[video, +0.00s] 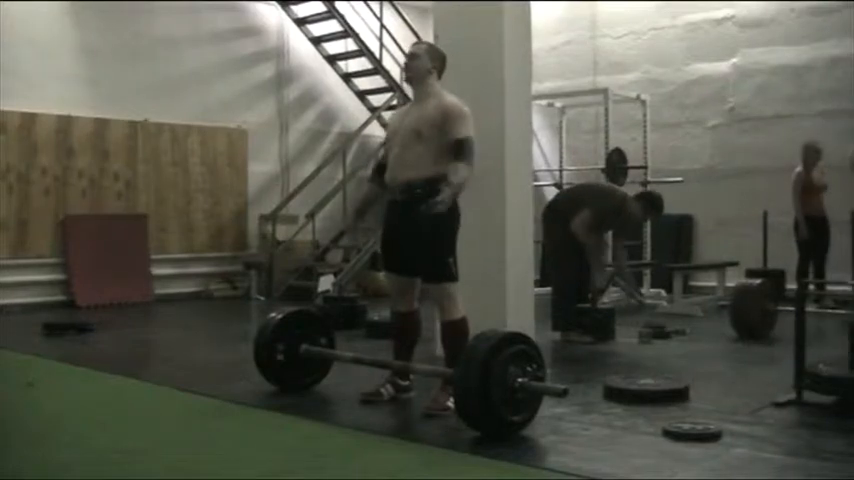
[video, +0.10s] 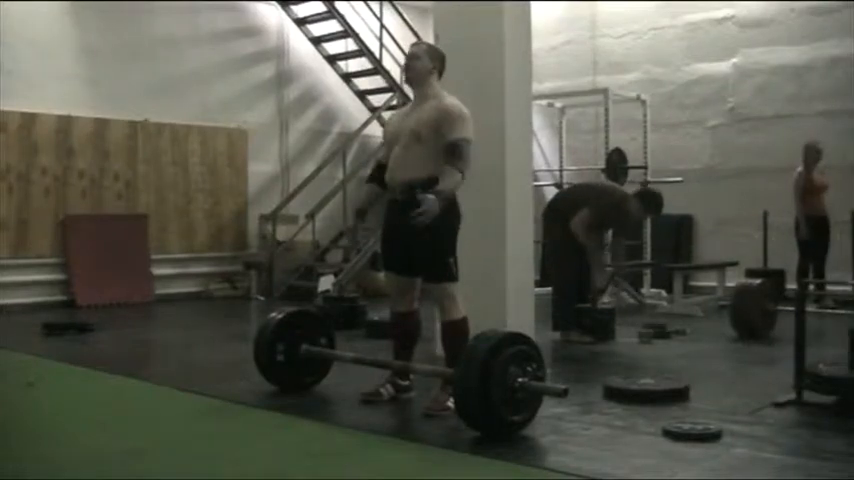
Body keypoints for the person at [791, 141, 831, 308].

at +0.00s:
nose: (814, 161)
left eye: (816, 157)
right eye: (811, 157)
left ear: (819, 158)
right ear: (805, 157)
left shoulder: (818, 174)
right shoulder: (799, 175)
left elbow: (821, 190)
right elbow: (796, 202)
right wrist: (801, 224)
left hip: (819, 219)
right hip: (805, 220)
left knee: (820, 258)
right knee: (804, 257)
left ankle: (820, 293)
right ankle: (802, 292)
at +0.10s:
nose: (816, 160)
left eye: (818, 156)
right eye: (813, 156)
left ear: (819, 158)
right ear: (807, 156)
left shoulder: (817, 175)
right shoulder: (801, 175)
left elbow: (818, 200)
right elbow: (798, 202)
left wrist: (824, 221)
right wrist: (802, 225)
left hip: (820, 219)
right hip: (806, 219)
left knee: (819, 258)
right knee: (805, 257)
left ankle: (820, 293)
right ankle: (802, 292)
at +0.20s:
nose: (818, 159)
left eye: (819, 156)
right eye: (815, 155)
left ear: (820, 157)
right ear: (808, 156)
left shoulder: (819, 175)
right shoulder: (802, 175)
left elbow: (820, 200)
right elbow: (800, 202)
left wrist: (826, 221)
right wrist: (804, 224)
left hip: (821, 220)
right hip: (807, 220)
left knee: (820, 259)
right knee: (806, 258)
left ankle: (821, 294)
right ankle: (803, 293)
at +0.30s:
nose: (818, 159)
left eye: (820, 156)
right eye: (816, 156)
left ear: (821, 158)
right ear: (809, 156)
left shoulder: (819, 175)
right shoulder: (803, 175)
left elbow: (820, 200)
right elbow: (800, 202)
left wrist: (826, 221)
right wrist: (804, 224)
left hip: (821, 220)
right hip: (807, 220)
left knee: (819, 259)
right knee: (806, 258)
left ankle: (820, 294)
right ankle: (803, 293)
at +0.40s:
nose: (818, 159)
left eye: (820, 156)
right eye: (815, 156)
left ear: (821, 158)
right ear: (809, 156)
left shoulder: (820, 175)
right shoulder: (803, 175)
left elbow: (821, 200)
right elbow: (800, 202)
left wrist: (826, 221)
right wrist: (804, 224)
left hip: (822, 220)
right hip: (808, 220)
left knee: (819, 259)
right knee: (806, 258)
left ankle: (820, 294)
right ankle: (803, 293)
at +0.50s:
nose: (818, 159)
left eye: (820, 156)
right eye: (815, 155)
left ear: (822, 157)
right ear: (809, 156)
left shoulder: (820, 175)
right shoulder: (803, 175)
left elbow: (821, 199)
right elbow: (800, 202)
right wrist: (804, 224)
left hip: (822, 220)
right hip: (808, 220)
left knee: (819, 259)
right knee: (806, 258)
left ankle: (820, 294)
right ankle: (802, 293)